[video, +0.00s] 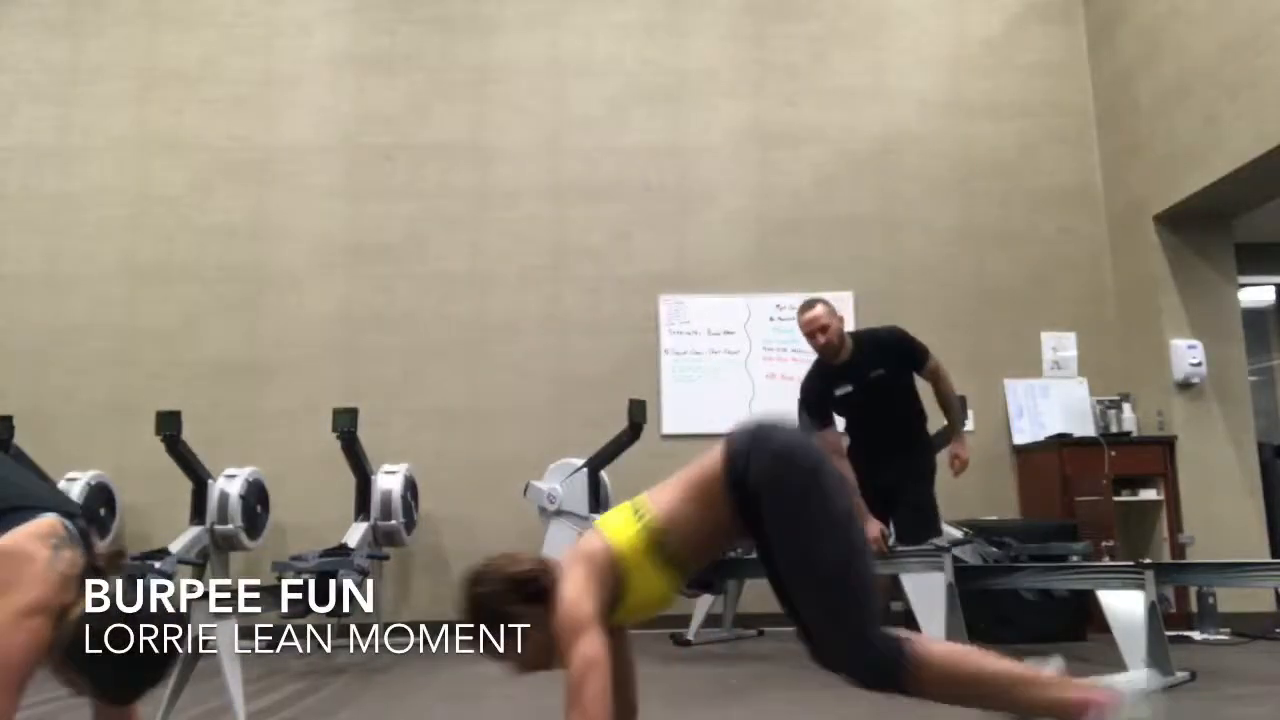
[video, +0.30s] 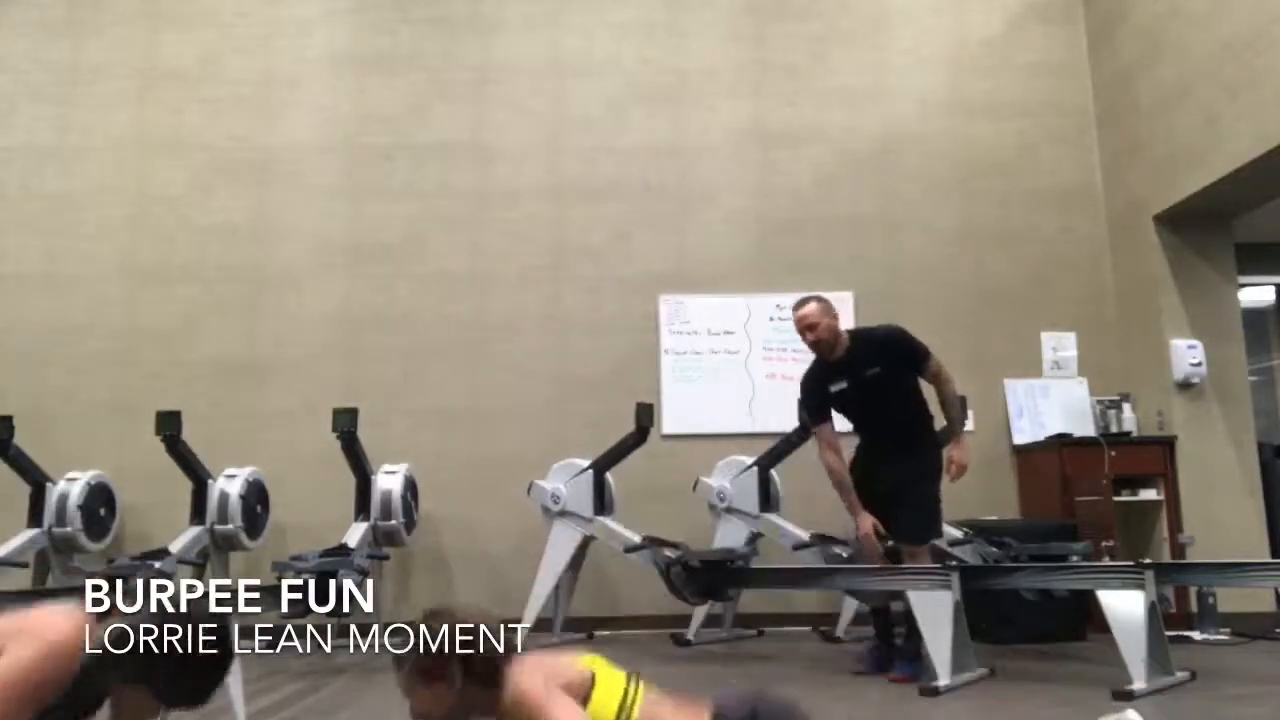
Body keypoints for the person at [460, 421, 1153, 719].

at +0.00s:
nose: (520, 656)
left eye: (509, 646)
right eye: (512, 648)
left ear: (519, 613)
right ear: (536, 605)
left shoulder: (574, 578)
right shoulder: (595, 590)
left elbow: (588, 703)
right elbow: (621, 704)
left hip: (780, 466)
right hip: (775, 486)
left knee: (866, 654)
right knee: (856, 653)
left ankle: (1060, 694)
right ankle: (1045, 688)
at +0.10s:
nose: (456, 657)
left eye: (448, 644)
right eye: (448, 648)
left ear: (464, 618)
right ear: (483, 588)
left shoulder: (529, 609)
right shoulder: (555, 607)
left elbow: (573, 709)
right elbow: (610, 707)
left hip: (751, 575)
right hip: (750, 583)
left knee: (930, 675)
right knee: (923, 669)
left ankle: (1090, 705)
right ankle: (1082, 701)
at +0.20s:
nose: (418, 675)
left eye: (417, 657)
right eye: (412, 659)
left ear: (453, 641)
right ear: (466, 627)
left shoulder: (531, 643)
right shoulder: (534, 627)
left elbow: (577, 714)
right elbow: (599, 700)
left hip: (755, 656)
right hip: (747, 650)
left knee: (917, 712)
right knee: (896, 701)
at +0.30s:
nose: (412, 707)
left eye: (412, 693)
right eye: (409, 693)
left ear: (443, 679)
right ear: (448, 674)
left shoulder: (524, 683)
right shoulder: (521, 676)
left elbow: (575, 714)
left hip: (726, 714)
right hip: (721, 710)